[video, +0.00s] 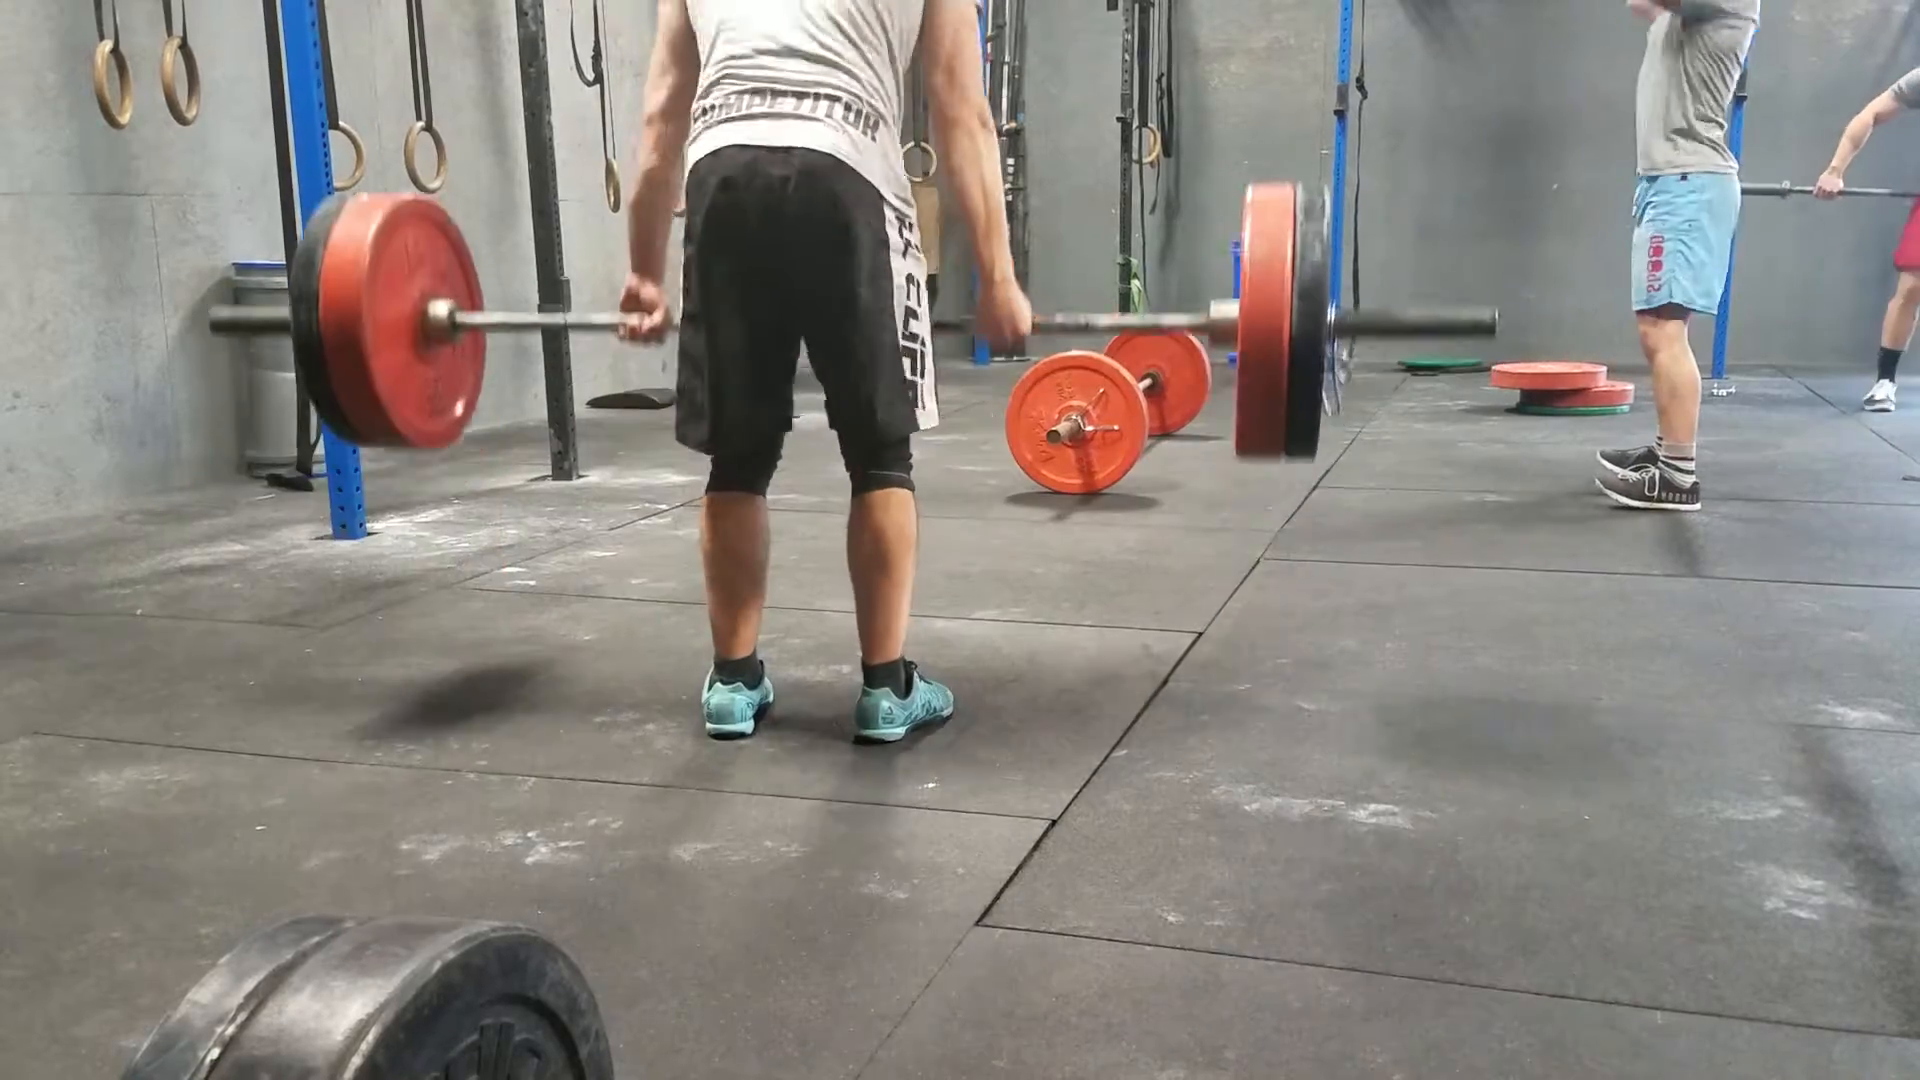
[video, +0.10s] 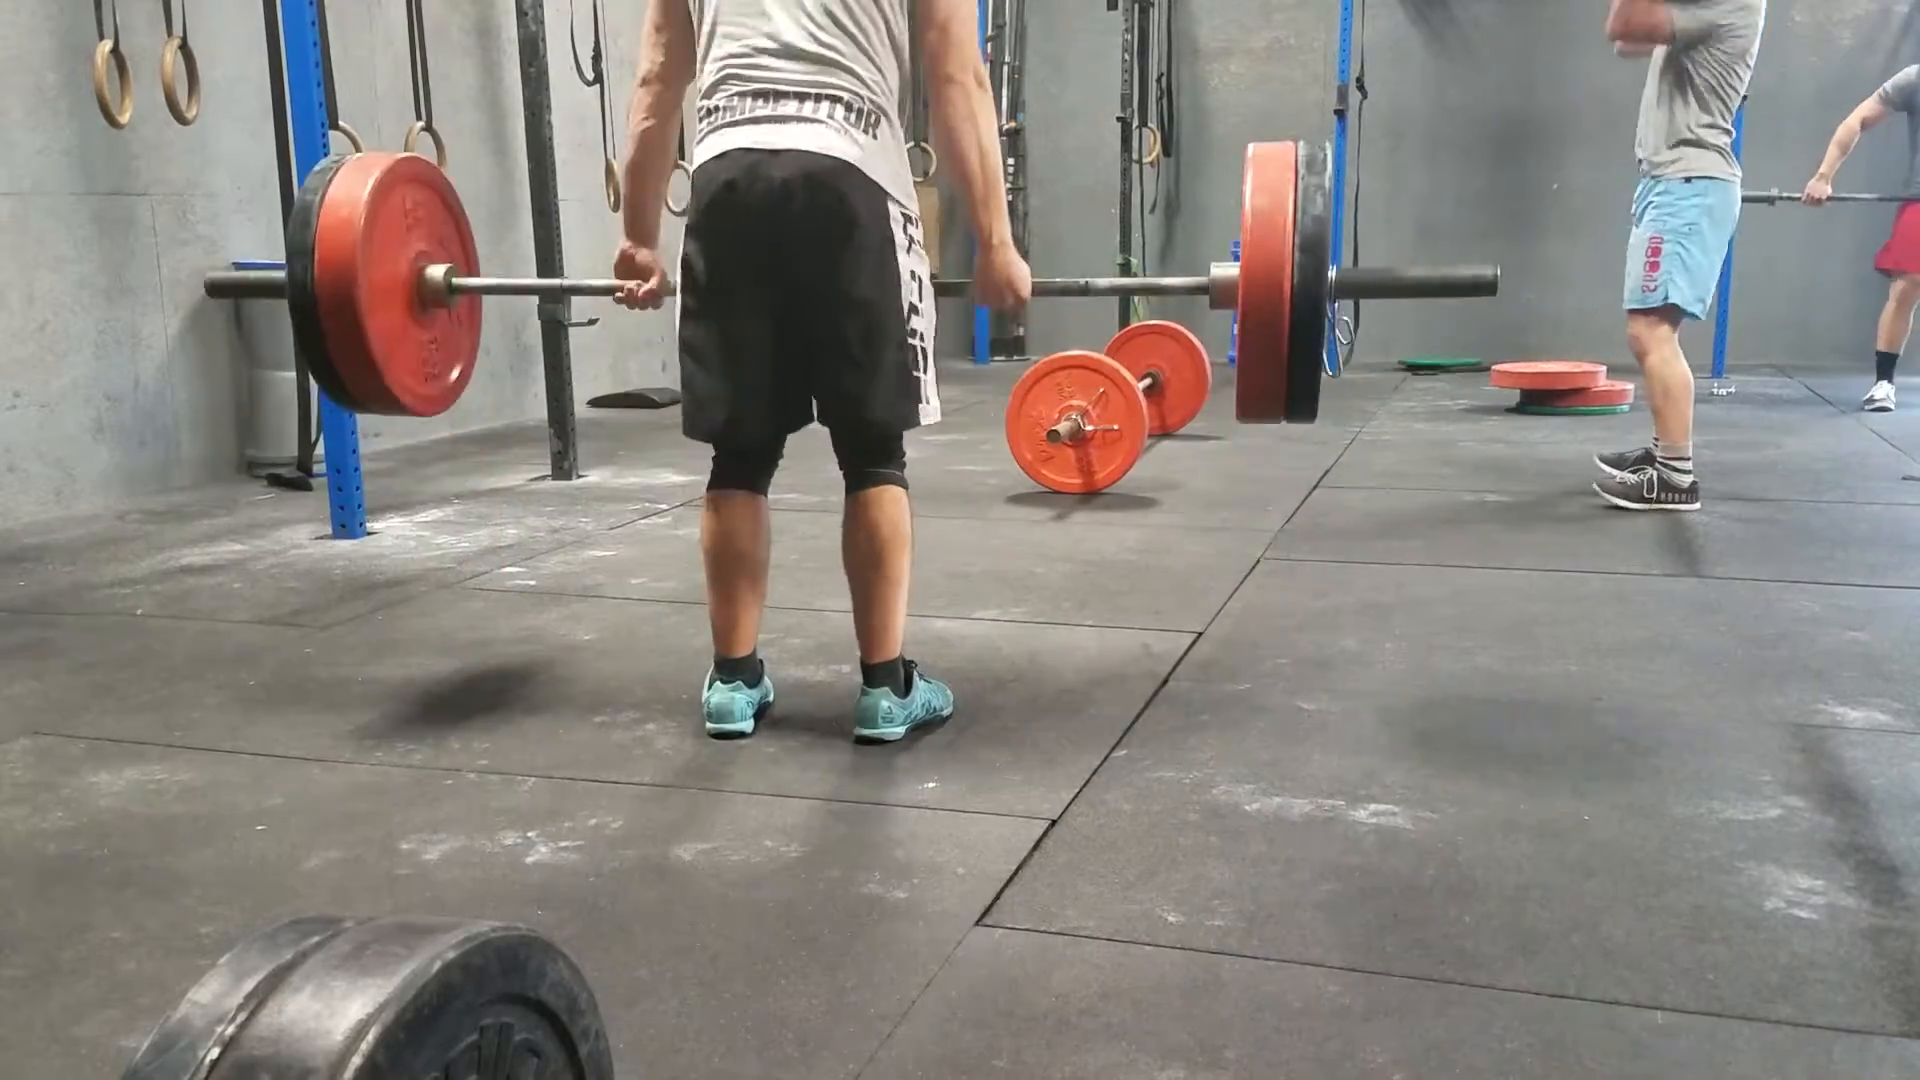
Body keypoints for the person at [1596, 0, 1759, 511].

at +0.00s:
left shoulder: (1723, 9)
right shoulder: (1686, 15)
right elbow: (1642, 7)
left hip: (1689, 184)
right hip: (1672, 182)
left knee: (1663, 331)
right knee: (1661, 331)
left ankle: (1678, 472)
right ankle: (1668, 458)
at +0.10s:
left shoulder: (1733, 6)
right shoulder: (1705, 9)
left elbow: (1623, 27)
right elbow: (1625, 38)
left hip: (1692, 181)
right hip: (1672, 178)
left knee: (1650, 330)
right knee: (1651, 330)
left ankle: (1675, 472)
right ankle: (1666, 457)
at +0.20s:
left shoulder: (1722, 29)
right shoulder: (1692, 22)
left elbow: (1629, 85)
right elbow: (1630, 85)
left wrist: (1649, 20)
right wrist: (1651, 23)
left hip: (1692, 189)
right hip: (1670, 185)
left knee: (1639, 334)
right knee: (1637, 333)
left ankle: (1672, 473)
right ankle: (1660, 457)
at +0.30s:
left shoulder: (1729, 21)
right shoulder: (1697, 19)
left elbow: (1641, 89)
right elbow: (1639, 88)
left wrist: (1649, 19)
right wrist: (1647, 22)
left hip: (1688, 186)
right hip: (1669, 183)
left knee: (1646, 330)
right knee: (1644, 330)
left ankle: (1672, 473)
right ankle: (1663, 458)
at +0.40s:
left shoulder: (1743, 8)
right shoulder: (1711, 8)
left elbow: (1642, 37)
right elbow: (1635, 49)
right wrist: (1644, 4)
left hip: (1684, 180)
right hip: (1663, 177)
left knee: (1669, 330)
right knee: (1664, 329)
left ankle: (1676, 473)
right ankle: (1665, 456)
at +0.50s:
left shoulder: (1741, 10)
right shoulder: (1718, 15)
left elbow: (1653, 2)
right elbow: (1644, 9)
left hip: (1675, 187)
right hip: (1659, 185)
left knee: (1674, 333)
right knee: (1667, 333)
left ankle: (1676, 472)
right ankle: (1665, 456)